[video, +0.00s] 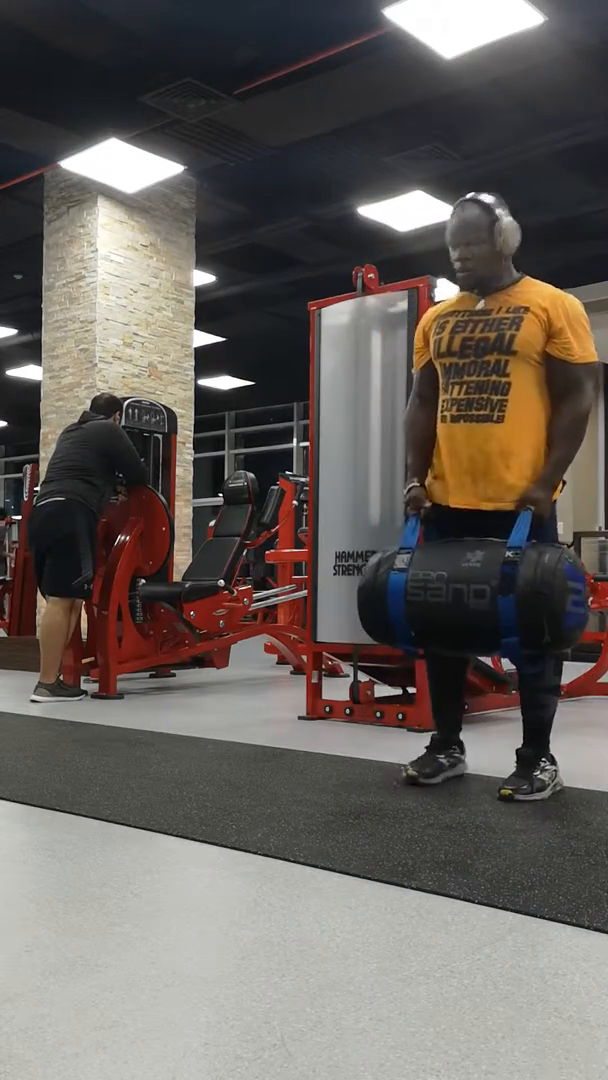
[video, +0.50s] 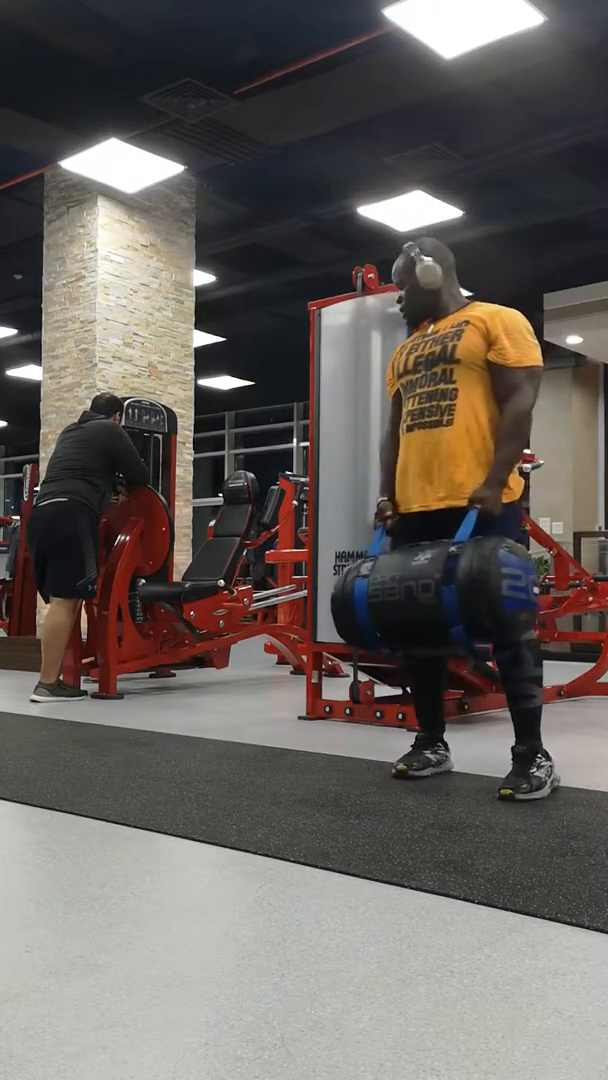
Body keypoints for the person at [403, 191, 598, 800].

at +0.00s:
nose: (460, 259)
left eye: (471, 247)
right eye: (454, 249)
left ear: (506, 244)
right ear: (449, 248)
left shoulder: (553, 307)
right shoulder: (435, 320)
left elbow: (576, 402)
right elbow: (422, 403)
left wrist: (547, 483)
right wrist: (414, 475)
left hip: (522, 503)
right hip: (447, 503)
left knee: (533, 625)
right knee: (440, 620)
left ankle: (535, 758)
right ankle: (445, 744)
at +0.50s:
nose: (396, 298)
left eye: (401, 286)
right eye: (395, 288)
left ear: (431, 276)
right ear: (425, 283)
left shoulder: (497, 320)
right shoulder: (402, 354)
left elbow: (520, 401)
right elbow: (393, 428)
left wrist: (495, 482)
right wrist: (387, 492)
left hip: (487, 506)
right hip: (416, 512)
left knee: (509, 622)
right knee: (416, 624)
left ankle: (529, 754)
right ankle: (430, 742)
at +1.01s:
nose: (441, 270)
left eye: (453, 260)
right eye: (436, 262)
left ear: (485, 264)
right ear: (432, 271)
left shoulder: (515, 326)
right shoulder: (416, 338)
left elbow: (525, 416)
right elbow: (398, 415)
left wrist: (488, 494)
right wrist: (387, 484)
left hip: (484, 505)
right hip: (417, 505)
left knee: (485, 620)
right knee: (419, 619)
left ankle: (486, 745)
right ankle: (429, 740)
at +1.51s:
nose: (416, 274)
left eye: (428, 264)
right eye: (410, 267)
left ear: (459, 271)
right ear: (403, 279)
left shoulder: (492, 334)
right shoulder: (390, 352)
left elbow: (511, 418)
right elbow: (379, 431)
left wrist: (489, 497)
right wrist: (376, 500)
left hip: (473, 513)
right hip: (404, 514)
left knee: (484, 620)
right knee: (394, 616)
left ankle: (487, 745)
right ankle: (390, 731)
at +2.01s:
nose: (387, 282)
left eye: (400, 273)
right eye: (383, 276)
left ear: (430, 282)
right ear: (378, 290)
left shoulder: (459, 338)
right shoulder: (365, 358)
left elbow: (477, 418)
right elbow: (354, 436)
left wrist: (452, 496)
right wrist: (349, 502)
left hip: (446, 513)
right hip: (377, 517)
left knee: (464, 620)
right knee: (377, 621)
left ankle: (485, 744)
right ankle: (387, 733)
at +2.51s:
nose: (357, 304)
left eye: (371, 296)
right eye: (354, 298)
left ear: (405, 305)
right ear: (352, 312)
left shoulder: (446, 363)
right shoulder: (347, 381)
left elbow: (495, 435)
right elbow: (359, 452)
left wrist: (471, 518)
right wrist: (363, 521)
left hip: (476, 516)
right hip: (410, 520)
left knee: (488, 622)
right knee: (402, 622)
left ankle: (488, 745)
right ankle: (391, 733)